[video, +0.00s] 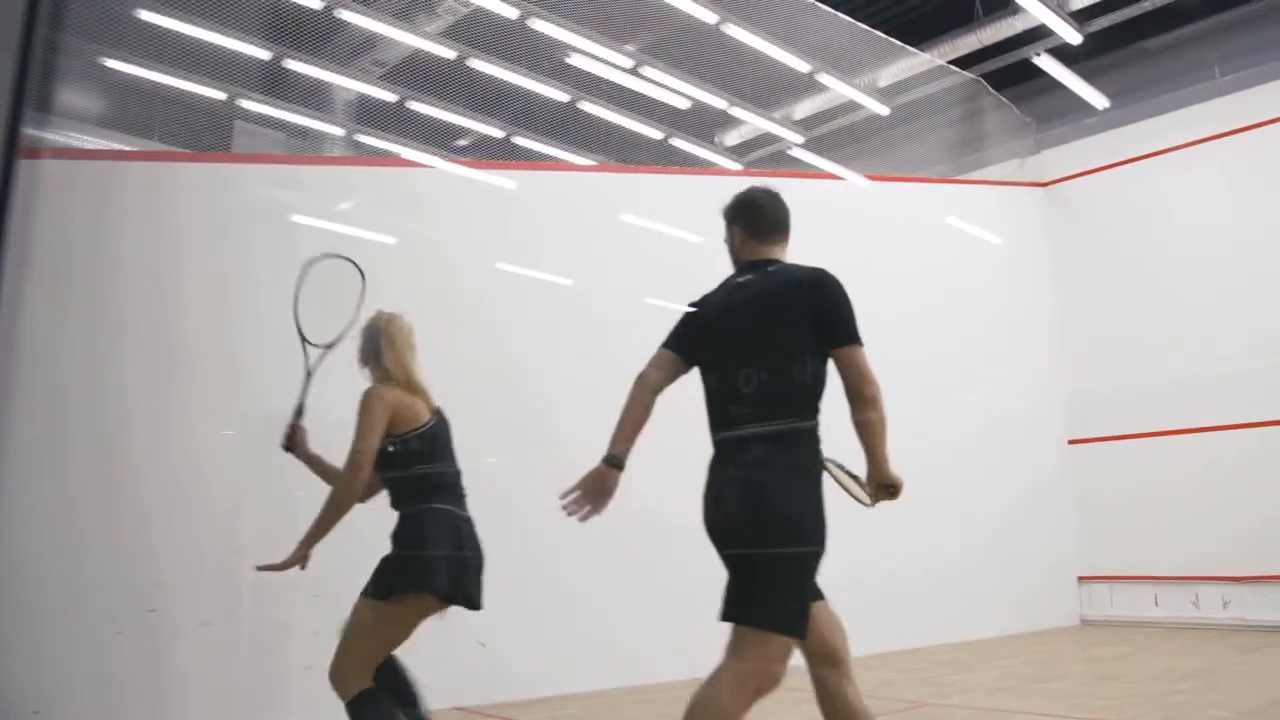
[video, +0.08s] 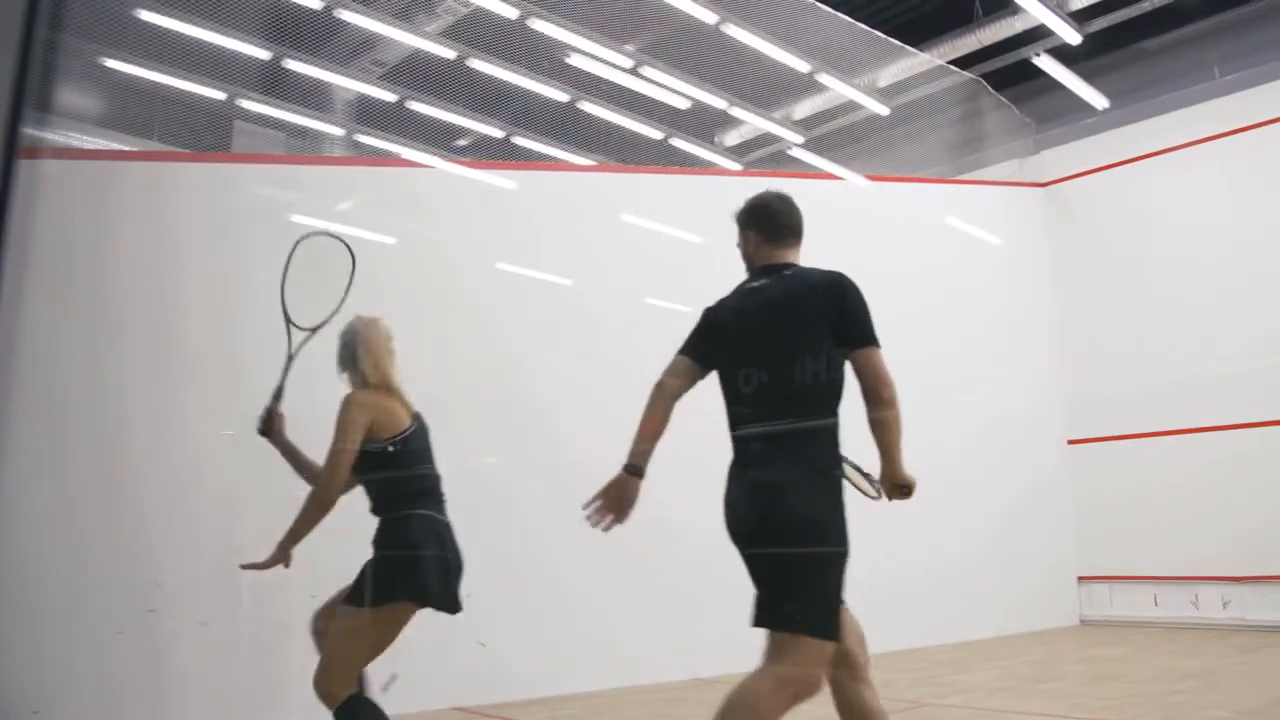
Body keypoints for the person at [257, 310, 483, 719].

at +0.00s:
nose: (361, 357)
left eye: (364, 348)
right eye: (362, 347)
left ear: (372, 351)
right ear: (405, 350)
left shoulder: (382, 397)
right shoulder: (425, 406)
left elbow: (355, 482)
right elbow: (362, 491)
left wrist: (306, 544)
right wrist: (306, 453)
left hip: (424, 550)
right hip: (456, 550)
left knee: (347, 674)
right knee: (373, 654)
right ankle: (416, 714)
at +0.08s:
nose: (341, 363)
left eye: (343, 353)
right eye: (344, 353)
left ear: (348, 356)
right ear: (385, 354)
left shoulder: (362, 403)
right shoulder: (400, 408)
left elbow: (331, 485)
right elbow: (333, 484)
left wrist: (286, 545)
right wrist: (281, 440)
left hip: (408, 553)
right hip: (429, 549)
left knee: (332, 685)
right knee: (327, 623)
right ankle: (358, 705)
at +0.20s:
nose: (309, 372)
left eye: (311, 363)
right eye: (311, 363)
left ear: (318, 366)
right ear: (355, 362)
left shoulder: (332, 411)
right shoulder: (369, 416)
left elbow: (298, 491)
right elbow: (291, 481)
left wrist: (259, 547)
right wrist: (252, 425)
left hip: (376, 566)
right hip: (391, 562)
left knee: (310, 694)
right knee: (291, 623)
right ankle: (279, 713)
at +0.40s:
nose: (258, 388)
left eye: (260, 379)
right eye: (259, 380)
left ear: (269, 381)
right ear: (299, 376)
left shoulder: (289, 421)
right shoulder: (297, 424)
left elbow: (257, 500)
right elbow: (213, 468)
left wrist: (221, 555)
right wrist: (216, 419)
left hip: (315, 582)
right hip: (321, 582)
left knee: (281, 709)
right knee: (232, 653)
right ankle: (185, 714)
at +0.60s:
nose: (208, 392)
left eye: (210, 384)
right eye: (211, 384)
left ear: (215, 388)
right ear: (254, 385)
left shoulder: (236, 441)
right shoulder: (259, 436)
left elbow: (211, 527)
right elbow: (173, 475)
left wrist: (178, 575)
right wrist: (159, 461)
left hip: (243, 591)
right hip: (258, 590)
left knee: (243, 708)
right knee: (170, 652)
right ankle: (140, 713)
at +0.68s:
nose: (192, 387)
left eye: (195, 378)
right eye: (195, 378)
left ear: (200, 385)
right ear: (241, 384)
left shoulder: (208, 442)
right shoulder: (248, 438)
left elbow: (190, 531)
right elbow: (182, 484)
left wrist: (161, 582)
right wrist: (129, 490)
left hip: (218, 578)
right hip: (244, 577)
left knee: (221, 705)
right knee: (152, 645)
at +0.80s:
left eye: (173, 369)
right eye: (217, 370)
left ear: (174, 376)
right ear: (218, 374)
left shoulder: (163, 432)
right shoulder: (236, 432)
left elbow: (156, 518)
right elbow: (206, 504)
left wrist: (137, 582)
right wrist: (140, 534)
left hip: (196, 568)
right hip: (239, 564)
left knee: (196, 700)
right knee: (149, 641)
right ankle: (132, 716)